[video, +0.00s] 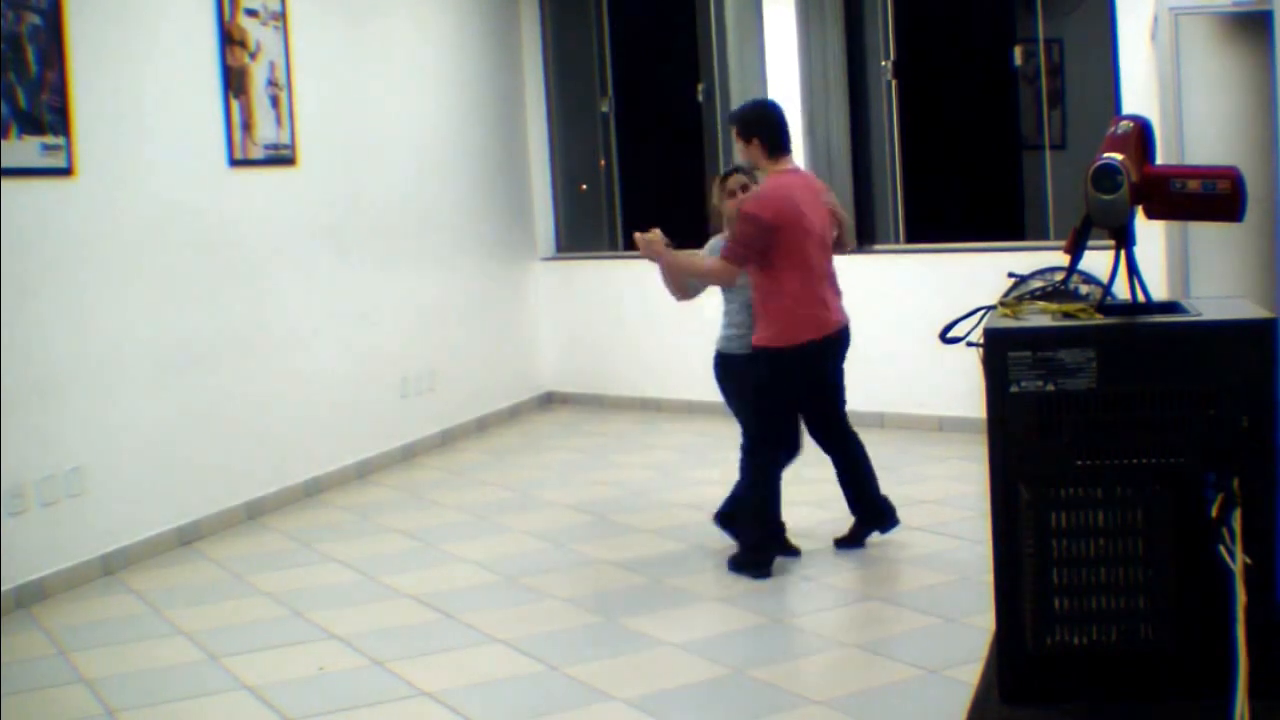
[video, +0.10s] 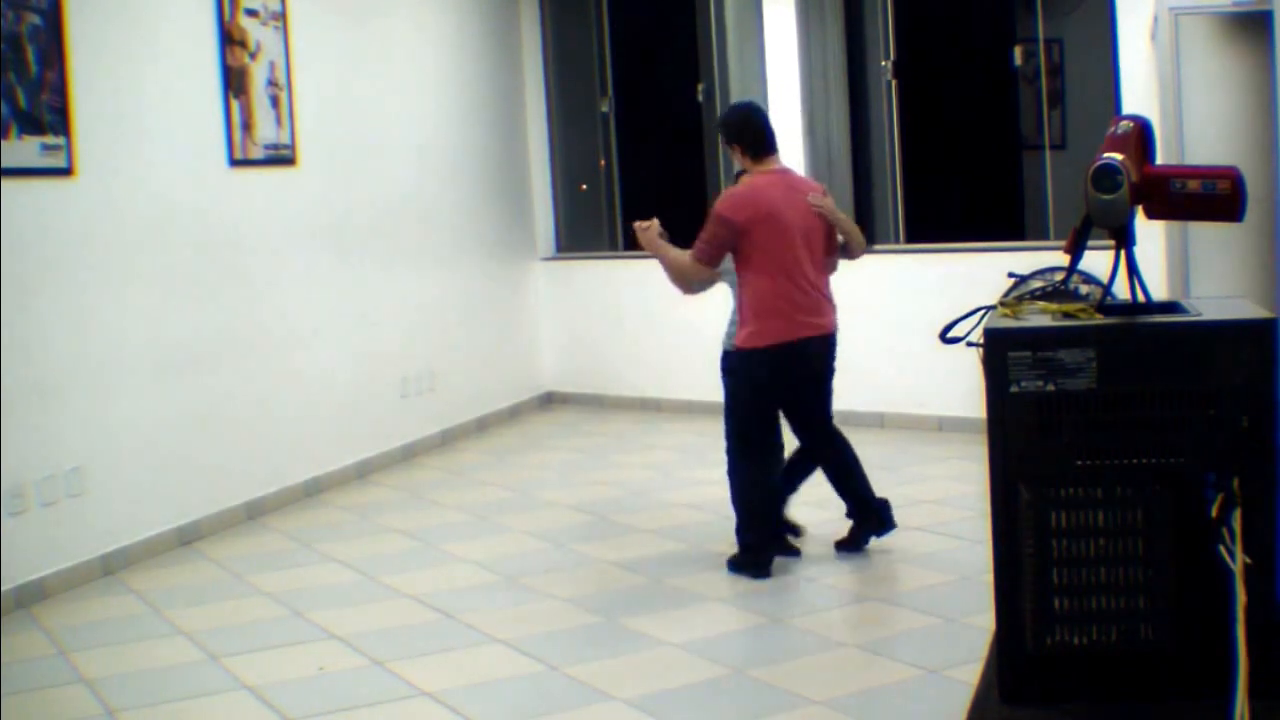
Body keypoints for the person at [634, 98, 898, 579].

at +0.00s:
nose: (738, 150)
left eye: (738, 143)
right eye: (737, 143)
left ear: (751, 144)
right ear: (784, 138)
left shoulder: (759, 203)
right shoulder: (815, 188)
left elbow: (724, 271)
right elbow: (837, 240)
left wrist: (663, 255)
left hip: (783, 339)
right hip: (828, 330)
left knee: (764, 443)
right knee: (831, 427)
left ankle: (756, 552)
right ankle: (873, 509)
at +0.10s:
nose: (726, 154)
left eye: (726, 148)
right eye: (726, 148)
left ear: (735, 148)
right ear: (772, 140)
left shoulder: (736, 203)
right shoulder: (810, 190)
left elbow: (693, 276)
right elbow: (831, 259)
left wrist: (657, 246)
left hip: (759, 343)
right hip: (817, 337)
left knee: (751, 450)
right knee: (817, 429)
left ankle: (756, 553)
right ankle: (869, 511)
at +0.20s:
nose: (723, 152)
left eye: (720, 147)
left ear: (725, 149)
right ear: (764, 136)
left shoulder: (719, 203)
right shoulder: (807, 187)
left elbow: (686, 266)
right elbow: (833, 265)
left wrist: (667, 231)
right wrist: (786, 273)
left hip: (748, 345)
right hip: (808, 340)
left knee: (749, 453)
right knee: (819, 441)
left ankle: (755, 554)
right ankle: (845, 533)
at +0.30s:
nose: (723, 147)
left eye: (719, 141)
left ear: (720, 144)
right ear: (762, 133)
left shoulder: (708, 202)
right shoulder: (804, 184)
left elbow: (697, 266)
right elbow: (839, 261)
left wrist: (718, 224)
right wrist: (801, 266)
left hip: (742, 345)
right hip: (804, 340)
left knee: (746, 451)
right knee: (802, 447)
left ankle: (753, 555)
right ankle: (814, 551)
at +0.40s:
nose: (724, 145)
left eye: (720, 139)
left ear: (720, 141)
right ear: (763, 132)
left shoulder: (707, 199)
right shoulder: (799, 181)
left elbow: (708, 267)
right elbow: (841, 259)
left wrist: (753, 250)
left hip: (741, 345)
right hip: (802, 339)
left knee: (746, 456)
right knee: (801, 453)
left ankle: (752, 556)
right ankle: (804, 558)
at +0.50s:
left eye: (722, 138)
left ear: (721, 142)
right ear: (765, 133)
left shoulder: (708, 200)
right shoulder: (801, 183)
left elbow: (713, 271)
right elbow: (841, 252)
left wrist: (765, 260)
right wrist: (867, 264)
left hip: (742, 346)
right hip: (804, 338)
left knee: (746, 454)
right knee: (806, 454)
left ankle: (753, 556)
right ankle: (806, 559)